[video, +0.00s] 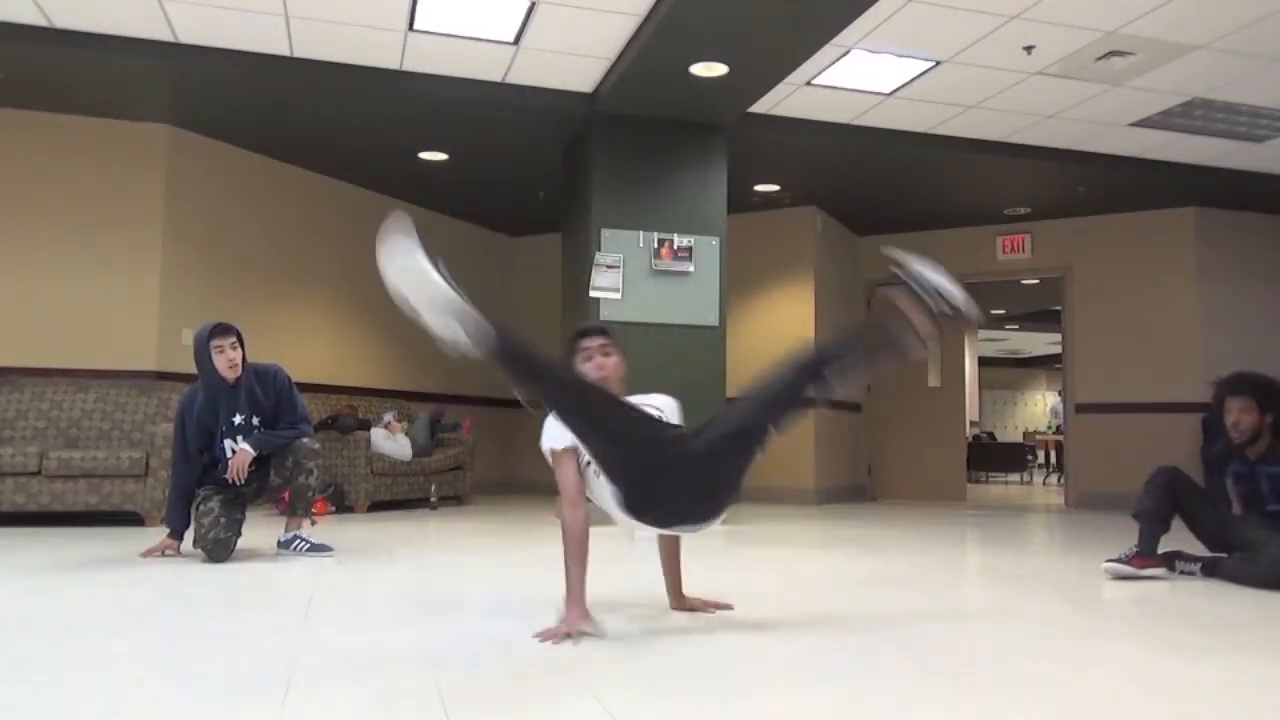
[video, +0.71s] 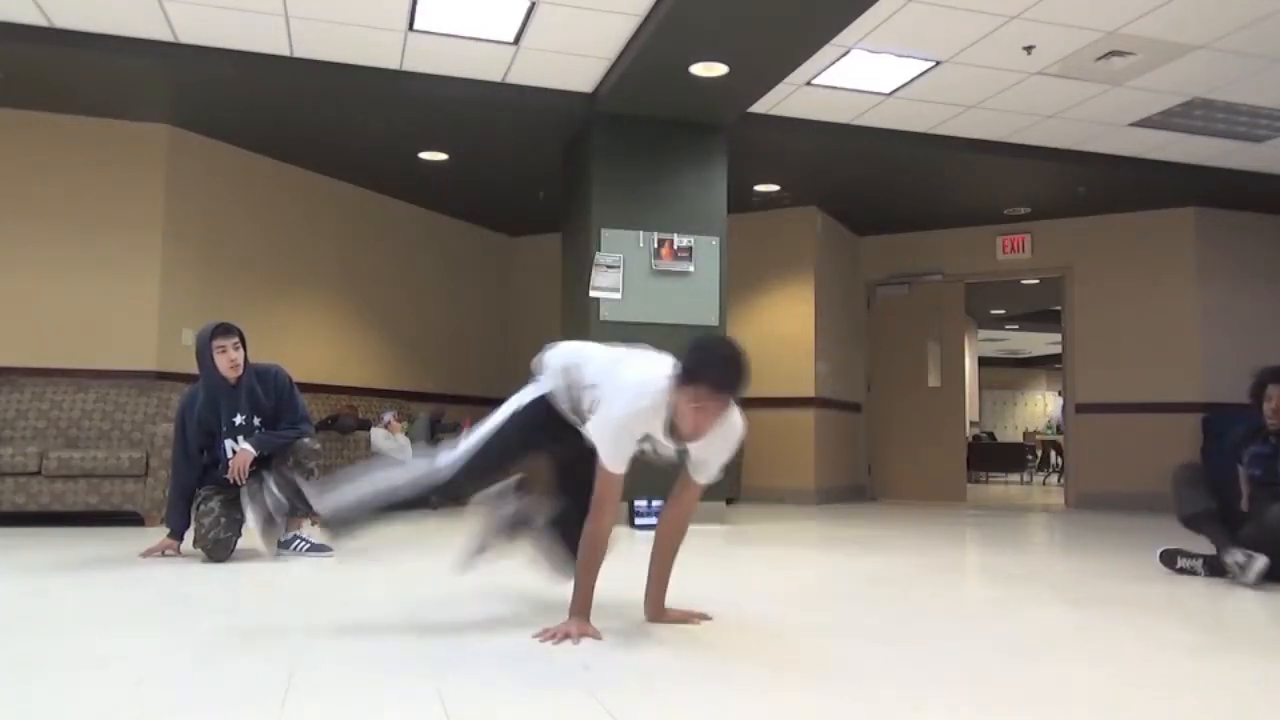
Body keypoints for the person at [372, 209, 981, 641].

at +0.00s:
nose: (594, 361)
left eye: (604, 353)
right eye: (585, 356)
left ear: (624, 366)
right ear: (574, 371)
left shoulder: (657, 407)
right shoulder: (568, 416)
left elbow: (656, 504)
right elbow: (573, 514)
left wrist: (675, 593)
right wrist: (577, 609)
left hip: (705, 486)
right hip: (650, 494)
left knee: (786, 385)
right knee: (552, 381)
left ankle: (900, 330)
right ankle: (473, 327)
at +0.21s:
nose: (576, 354)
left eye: (573, 345)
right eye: (561, 346)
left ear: (575, 352)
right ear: (534, 357)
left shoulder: (585, 399)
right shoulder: (539, 406)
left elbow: (637, 484)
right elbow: (563, 513)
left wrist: (686, 561)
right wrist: (576, 613)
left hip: (676, 461)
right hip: (673, 501)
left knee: (626, 334)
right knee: (803, 524)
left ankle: (651, 206)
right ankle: (960, 593)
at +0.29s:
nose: (582, 356)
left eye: (581, 344)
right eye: (570, 348)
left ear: (540, 352)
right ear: (535, 354)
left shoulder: (543, 381)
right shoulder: (552, 414)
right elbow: (567, 518)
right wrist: (577, 614)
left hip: (638, 444)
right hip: (663, 493)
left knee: (640, 336)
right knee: (785, 517)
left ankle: (714, 242)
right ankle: (892, 565)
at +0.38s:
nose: (605, 356)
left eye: (604, 344)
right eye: (594, 348)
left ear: (554, 345)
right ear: (559, 353)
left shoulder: (535, 352)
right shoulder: (574, 418)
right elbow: (574, 522)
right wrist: (579, 615)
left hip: (612, 429)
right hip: (628, 480)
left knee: (668, 348)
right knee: (735, 514)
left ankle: (788, 287)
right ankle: (777, 554)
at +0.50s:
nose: (673, 374)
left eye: (673, 361)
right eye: (660, 369)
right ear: (625, 368)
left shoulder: (603, 306)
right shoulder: (606, 423)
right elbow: (593, 525)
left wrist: (699, 364)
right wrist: (580, 617)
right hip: (561, 456)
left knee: (692, 388)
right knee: (619, 556)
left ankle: (793, 392)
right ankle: (551, 551)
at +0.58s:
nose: (684, 404)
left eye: (693, 388)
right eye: (671, 391)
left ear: (703, 370)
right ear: (645, 378)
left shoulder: (702, 369)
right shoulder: (605, 397)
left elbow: (697, 460)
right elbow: (595, 516)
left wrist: (713, 553)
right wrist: (579, 617)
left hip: (609, 417)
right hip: (540, 420)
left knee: (695, 474)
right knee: (489, 551)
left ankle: (715, 570)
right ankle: (412, 529)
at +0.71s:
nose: (700, 416)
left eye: (712, 406)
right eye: (692, 401)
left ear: (730, 402)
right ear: (676, 388)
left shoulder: (729, 426)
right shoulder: (639, 401)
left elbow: (679, 511)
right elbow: (603, 514)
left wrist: (657, 605)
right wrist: (580, 616)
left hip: (599, 438)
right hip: (556, 400)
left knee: (579, 555)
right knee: (448, 477)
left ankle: (516, 515)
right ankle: (311, 507)